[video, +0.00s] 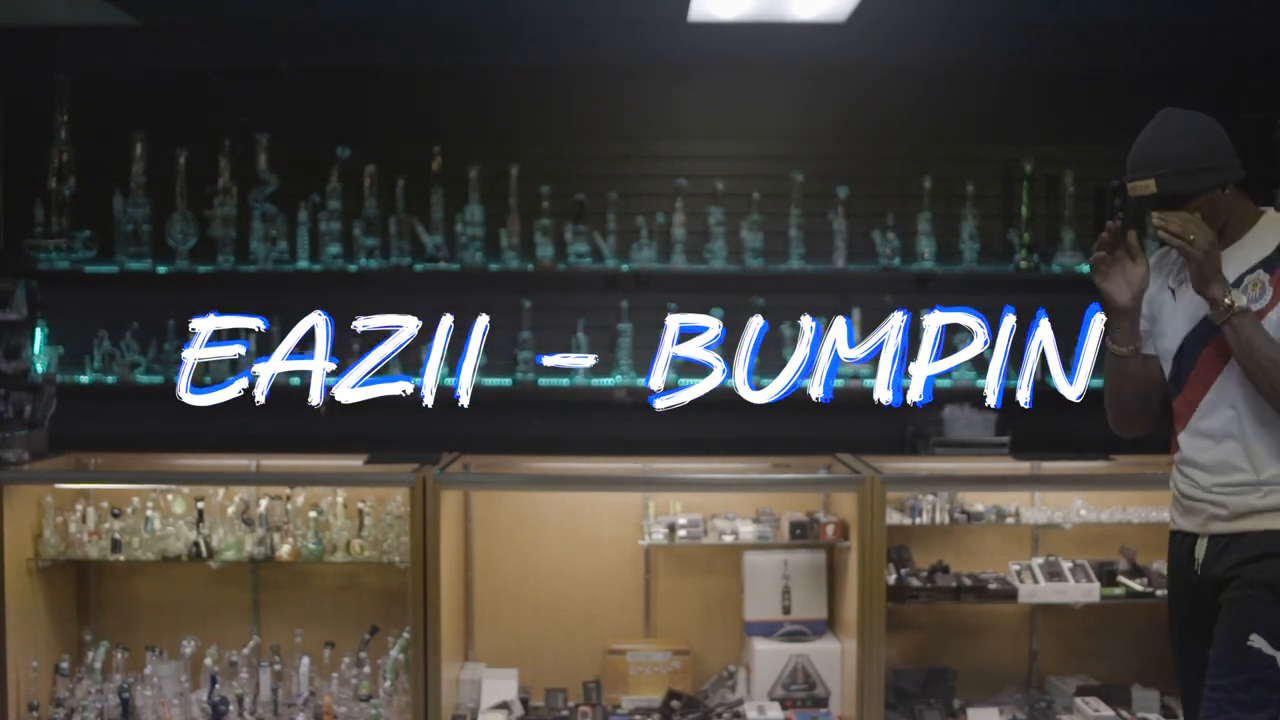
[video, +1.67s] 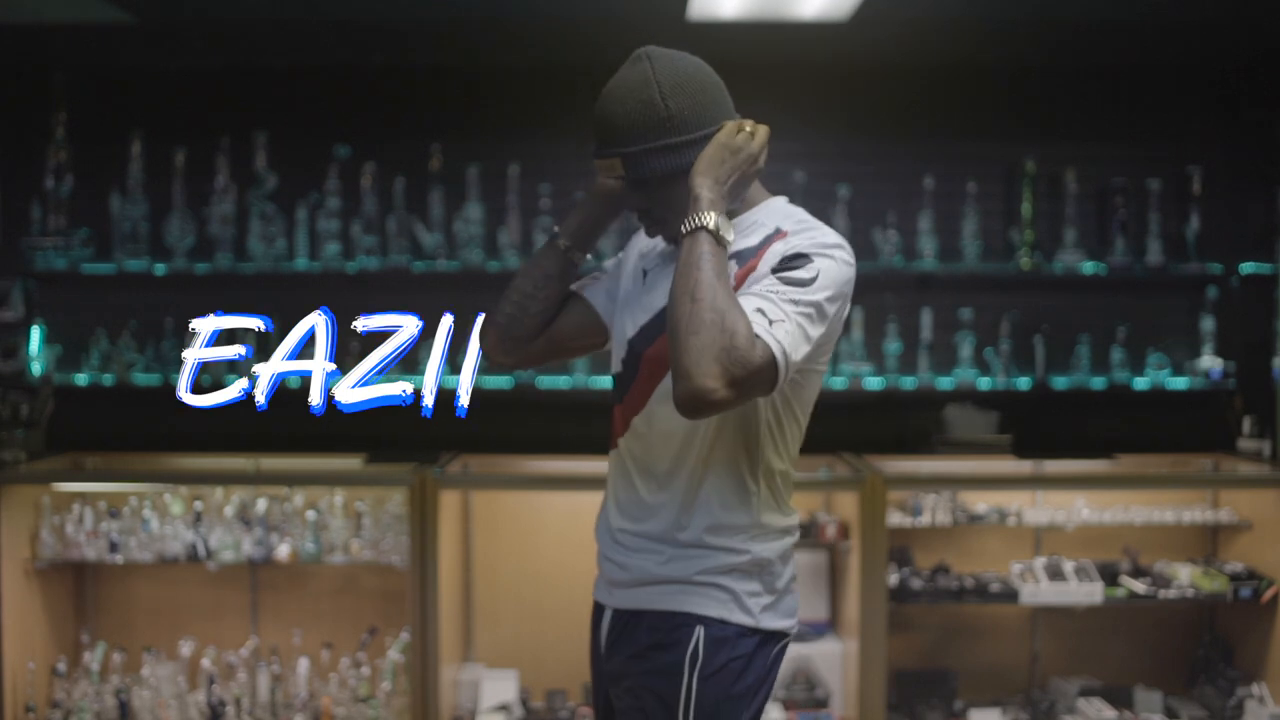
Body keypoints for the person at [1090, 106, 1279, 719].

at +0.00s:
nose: (1166, 223)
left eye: (1176, 205)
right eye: (1156, 210)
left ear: (1224, 188)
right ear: (1152, 205)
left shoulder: (1273, 250)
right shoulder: (1167, 269)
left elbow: (1274, 389)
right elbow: (1130, 421)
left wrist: (1219, 294)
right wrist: (1124, 315)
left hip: (1266, 536)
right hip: (1191, 536)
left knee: (1233, 709)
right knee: (1203, 708)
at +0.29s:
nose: (1119, 212)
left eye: (1132, 193)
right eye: (1108, 197)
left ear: (1185, 178)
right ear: (1096, 194)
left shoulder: (1263, 259)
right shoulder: (1107, 263)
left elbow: (1211, 393)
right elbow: (1037, 403)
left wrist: (1168, 245)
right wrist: (1061, 259)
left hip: (1202, 550)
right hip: (1109, 549)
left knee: (1146, 707)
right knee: (1097, 708)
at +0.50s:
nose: (1062, 190)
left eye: (1072, 170)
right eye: (1049, 176)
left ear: (1123, 157)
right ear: (1040, 184)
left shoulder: (1214, 244)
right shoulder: (1052, 253)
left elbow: (1141, 387)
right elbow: (986, 397)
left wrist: (1095, 234)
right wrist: (1002, 247)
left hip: (1148, 555)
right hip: (1041, 547)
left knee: (1119, 707)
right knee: (977, 706)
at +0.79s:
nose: (955, 199)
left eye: (964, 182)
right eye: (944, 188)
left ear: (1012, 166)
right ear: (940, 189)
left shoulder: (1112, 250)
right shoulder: (951, 261)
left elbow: (1045, 406)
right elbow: (882, 416)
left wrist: (992, 247)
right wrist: (894, 263)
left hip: (1045, 590)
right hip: (934, 576)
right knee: (888, 706)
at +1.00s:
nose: (843, 200)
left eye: (855, 181)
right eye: (832, 185)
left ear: (912, 164)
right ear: (824, 186)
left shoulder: (1005, 252)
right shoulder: (842, 261)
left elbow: (925, 391)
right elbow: (756, 403)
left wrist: (895, 223)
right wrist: (791, 244)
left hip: (932, 599)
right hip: (817, 583)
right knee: (771, 708)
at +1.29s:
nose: (726, 192)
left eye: (741, 171)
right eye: (716, 175)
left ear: (799, 150)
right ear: (708, 167)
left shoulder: (893, 229)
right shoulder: (723, 243)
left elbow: (835, 369)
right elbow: (628, 376)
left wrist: (801, 202)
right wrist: (677, 219)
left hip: (827, 566)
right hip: (722, 562)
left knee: (791, 711)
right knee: (701, 710)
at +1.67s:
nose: (633, 210)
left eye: (641, 184)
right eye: (625, 188)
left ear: (695, 166)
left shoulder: (811, 255)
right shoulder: (651, 254)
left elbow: (705, 382)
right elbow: (509, 343)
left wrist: (708, 198)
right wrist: (600, 201)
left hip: (716, 611)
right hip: (624, 597)